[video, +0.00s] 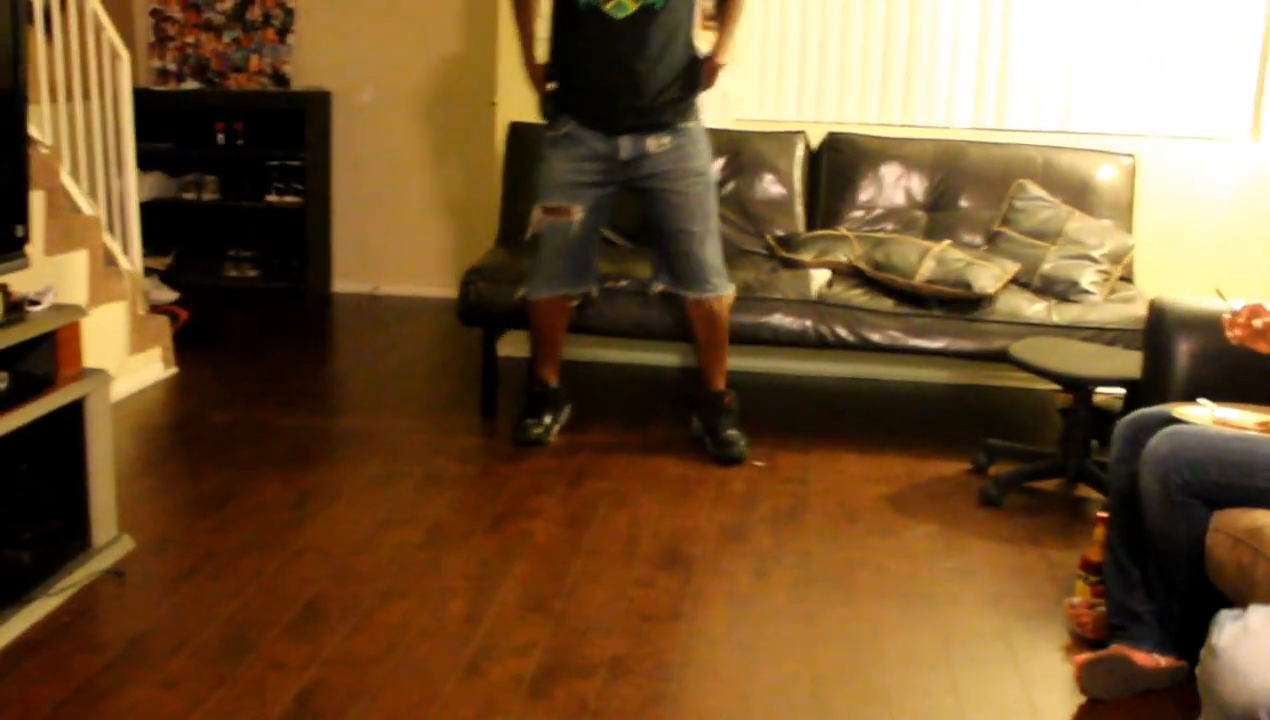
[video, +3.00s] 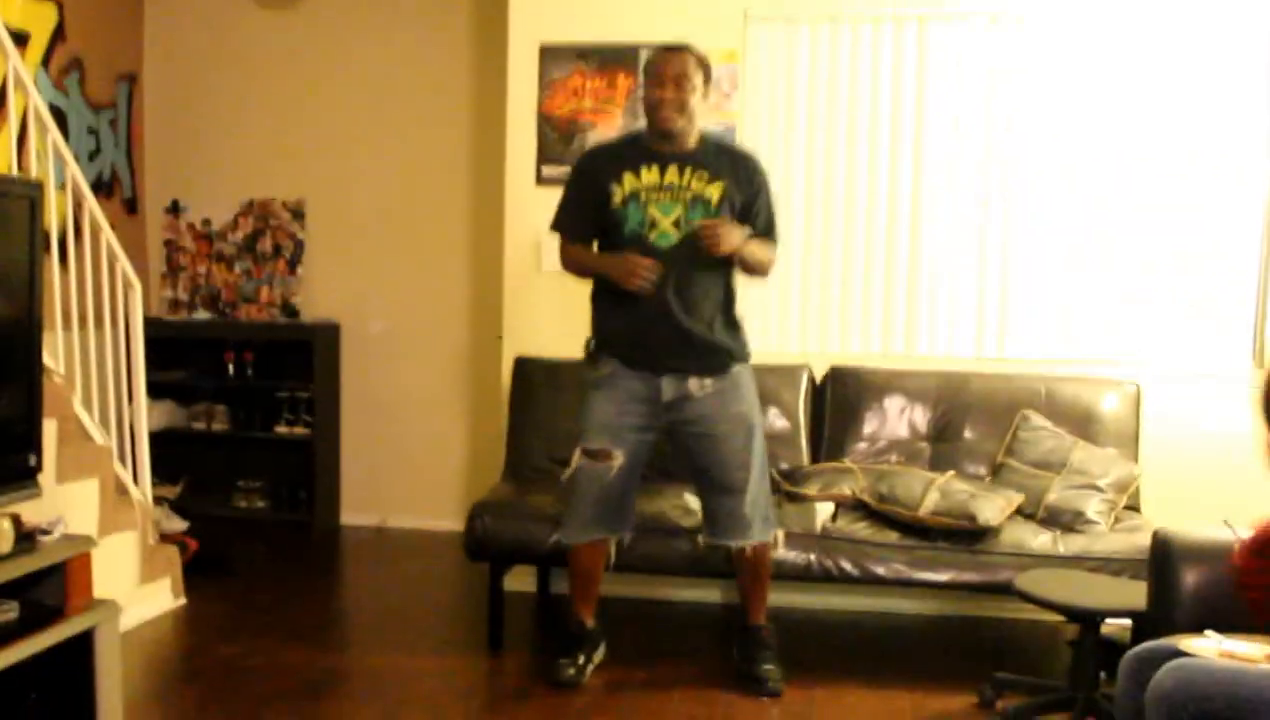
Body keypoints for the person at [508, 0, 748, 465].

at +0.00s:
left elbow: (731, 2)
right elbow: (522, 0)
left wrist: (717, 57)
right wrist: (532, 63)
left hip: (672, 125)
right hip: (577, 125)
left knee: (706, 279)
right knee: (552, 273)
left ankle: (717, 403)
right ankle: (545, 391)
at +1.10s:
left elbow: (766, 24)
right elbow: (572, 16)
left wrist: (733, 11)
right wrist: (580, 33)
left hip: (706, 138)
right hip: (614, 135)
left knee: (731, 280)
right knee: (575, 271)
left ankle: (727, 405)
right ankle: (560, 392)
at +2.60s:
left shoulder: (749, 5)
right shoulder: (612, 4)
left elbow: (764, 93)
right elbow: (621, 94)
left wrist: (768, 37)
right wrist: (596, 85)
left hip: (725, 189)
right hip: (634, 184)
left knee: (752, 336)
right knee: (595, 317)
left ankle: (753, 460)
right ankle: (576, 452)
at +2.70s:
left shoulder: (746, 21)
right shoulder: (609, 23)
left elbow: (765, 120)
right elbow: (587, 117)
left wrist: (719, 69)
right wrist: (637, 118)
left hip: (713, 226)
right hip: (623, 223)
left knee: (741, 374)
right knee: (594, 354)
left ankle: (750, 497)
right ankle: (578, 493)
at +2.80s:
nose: (666, 20)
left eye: (677, 9)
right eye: (656, 8)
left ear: (696, 16)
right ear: (641, 15)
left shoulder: (732, 95)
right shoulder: (600, 86)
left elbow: (763, 172)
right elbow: (573, 164)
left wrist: (703, 152)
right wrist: (648, 163)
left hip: (702, 281)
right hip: (615, 278)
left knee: (736, 427)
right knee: (583, 419)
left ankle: (750, 555)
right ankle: (578, 553)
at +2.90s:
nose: (664, 72)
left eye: (676, 60)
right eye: (655, 59)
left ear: (694, 66)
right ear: (639, 66)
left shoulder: (728, 145)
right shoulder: (597, 139)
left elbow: (746, 230)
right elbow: (574, 219)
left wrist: (691, 207)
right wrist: (647, 231)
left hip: (702, 333)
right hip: (612, 332)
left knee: (742, 476)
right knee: (578, 470)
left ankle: (752, 602)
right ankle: (581, 605)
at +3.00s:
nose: (666, 96)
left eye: (679, 86)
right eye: (657, 85)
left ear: (702, 94)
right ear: (642, 92)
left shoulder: (739, 170)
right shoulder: (601, 166)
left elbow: (765, 264)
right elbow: (569, 251)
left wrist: (741, 241)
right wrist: (608, 265)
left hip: (716, 367)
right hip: (623, 367)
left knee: (748, 506)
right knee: (591, 494)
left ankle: (756, 636)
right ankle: (582, 634)